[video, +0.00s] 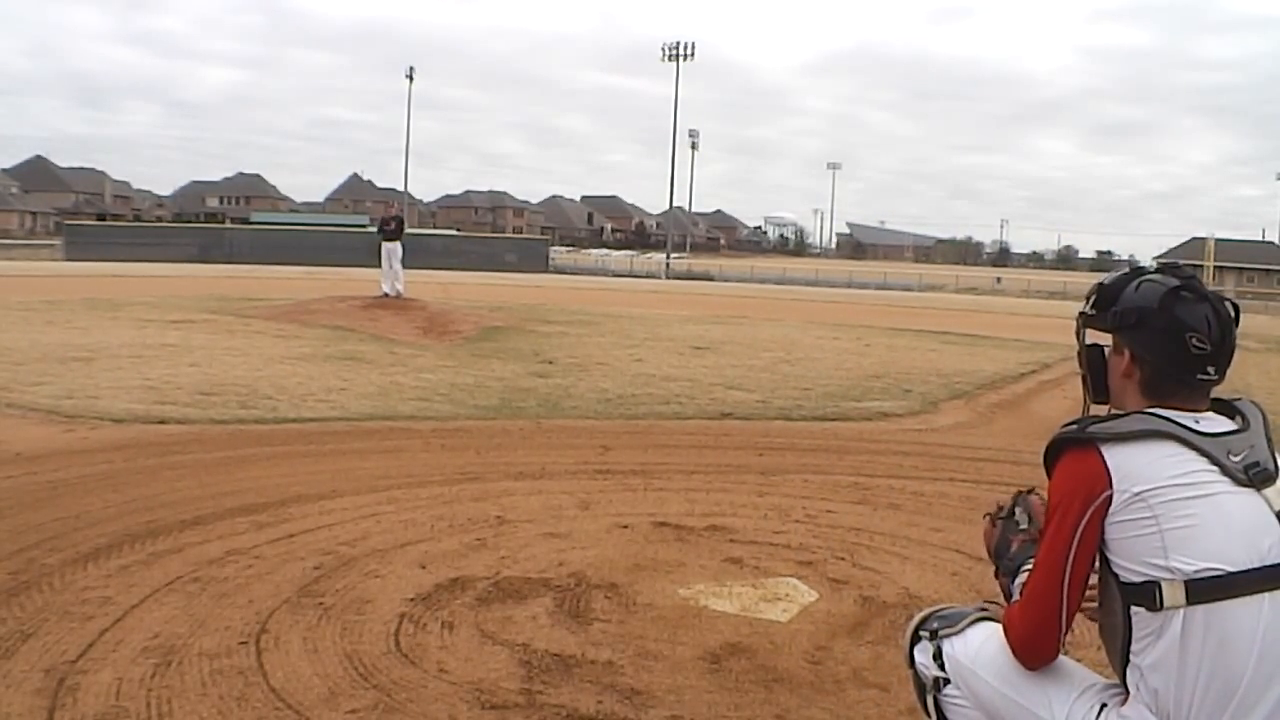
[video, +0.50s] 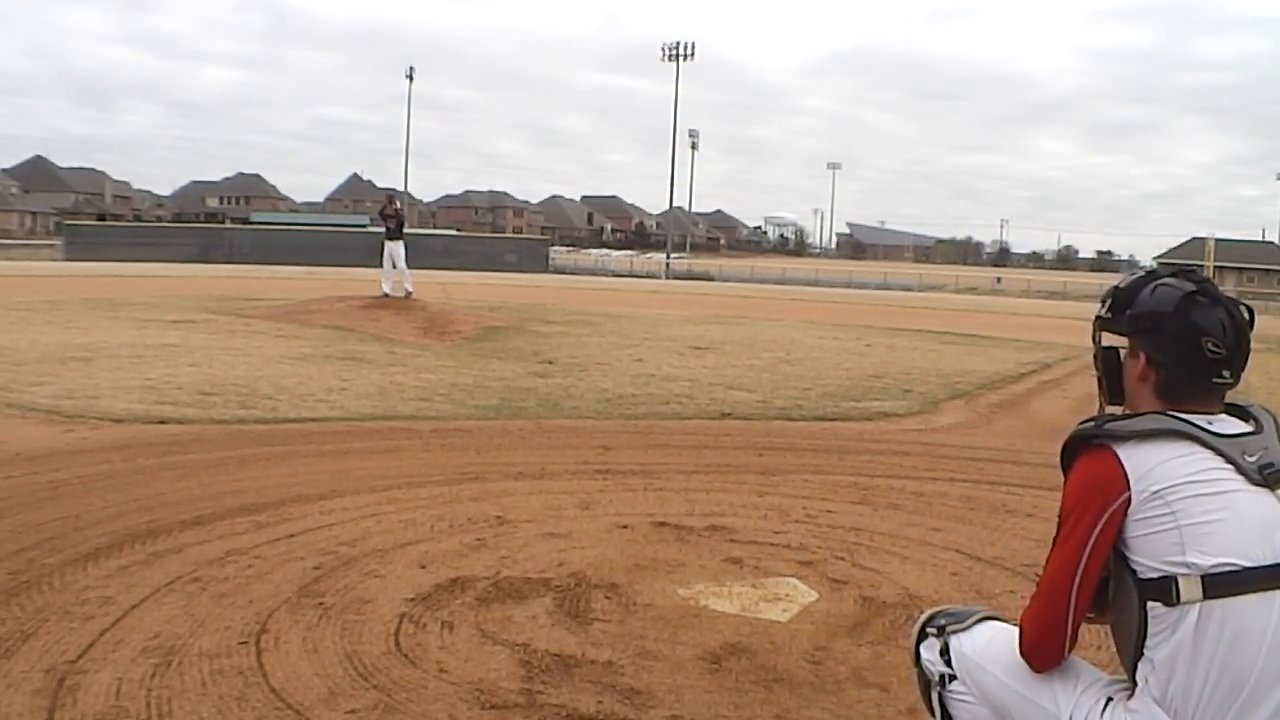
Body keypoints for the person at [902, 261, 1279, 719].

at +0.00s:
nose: (1103, 360)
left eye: (1108, 348)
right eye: (1106, 346)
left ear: (1126, 362)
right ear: (1208, 366)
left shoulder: (1099, 456)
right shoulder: (1252, 433)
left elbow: (1033, 648)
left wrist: (1021, 561)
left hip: (1163, 717)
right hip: (1262, 708)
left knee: (942, 641)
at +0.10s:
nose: (1105, 360)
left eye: (1110, 348)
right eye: (1109, 346)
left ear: (1127, 363)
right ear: (1210, 367)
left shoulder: (1100, 456)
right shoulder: (1253, 434)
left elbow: (1033, 649)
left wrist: (1030, 557)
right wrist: (1107, 606)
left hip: (1161, 717)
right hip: (1262, 709)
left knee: (943, 640)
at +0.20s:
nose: (1108, 360)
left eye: (1113, 349)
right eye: (1111, 347)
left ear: (1130, 364)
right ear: (1210, 368)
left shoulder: (1102, 458)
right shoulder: (1255, 434)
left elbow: (1032, 652)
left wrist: (1038, 546)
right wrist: (1096, 603)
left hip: (1161, 713)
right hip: (1261, 705)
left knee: (942, 640)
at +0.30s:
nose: (1112, 360)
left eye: (1117, 349)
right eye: (1115, 348)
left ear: (1134, 364)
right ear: (1213, 369)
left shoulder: (1105, 459)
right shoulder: (1256, 434)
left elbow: (1036, 653)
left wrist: (1053, 570)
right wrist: (1097, 598)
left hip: (1168, 712)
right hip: (1262, 704)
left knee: (943, 640)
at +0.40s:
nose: (1114, 361)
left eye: (1120, 348)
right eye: (1117, 347)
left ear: (1138, 364)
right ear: (1217, 369)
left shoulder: (1109, 458)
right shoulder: (1260, 436)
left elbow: (1039, 651)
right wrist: (1112, 591)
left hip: (1168, 716)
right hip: (1262, 709)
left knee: (945, 641)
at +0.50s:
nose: (1118, 362)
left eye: (1123, 350)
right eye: (1120, 348)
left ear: (1142, 365)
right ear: (1221, 368)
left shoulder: (1115, 457)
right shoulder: (1263, 438)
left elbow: (1041, 650)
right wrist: (1118, 593)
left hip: (1171, 715)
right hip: (1264, 708)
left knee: (946, 640)